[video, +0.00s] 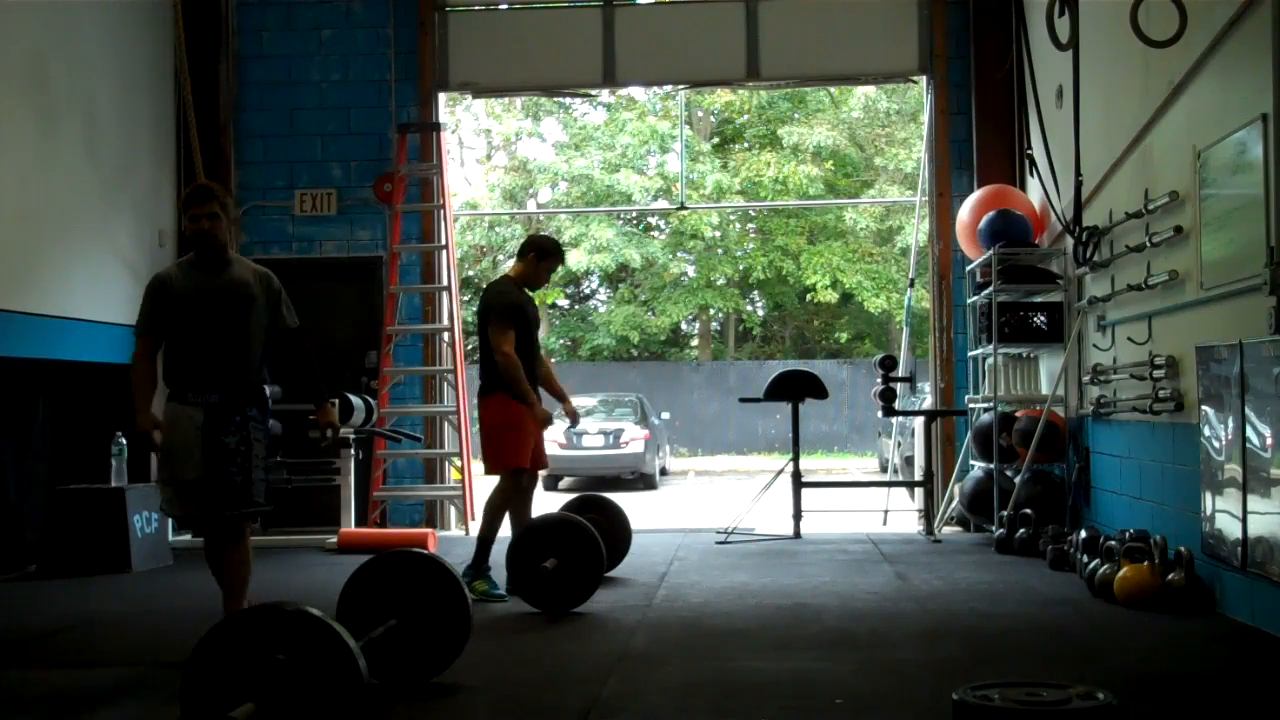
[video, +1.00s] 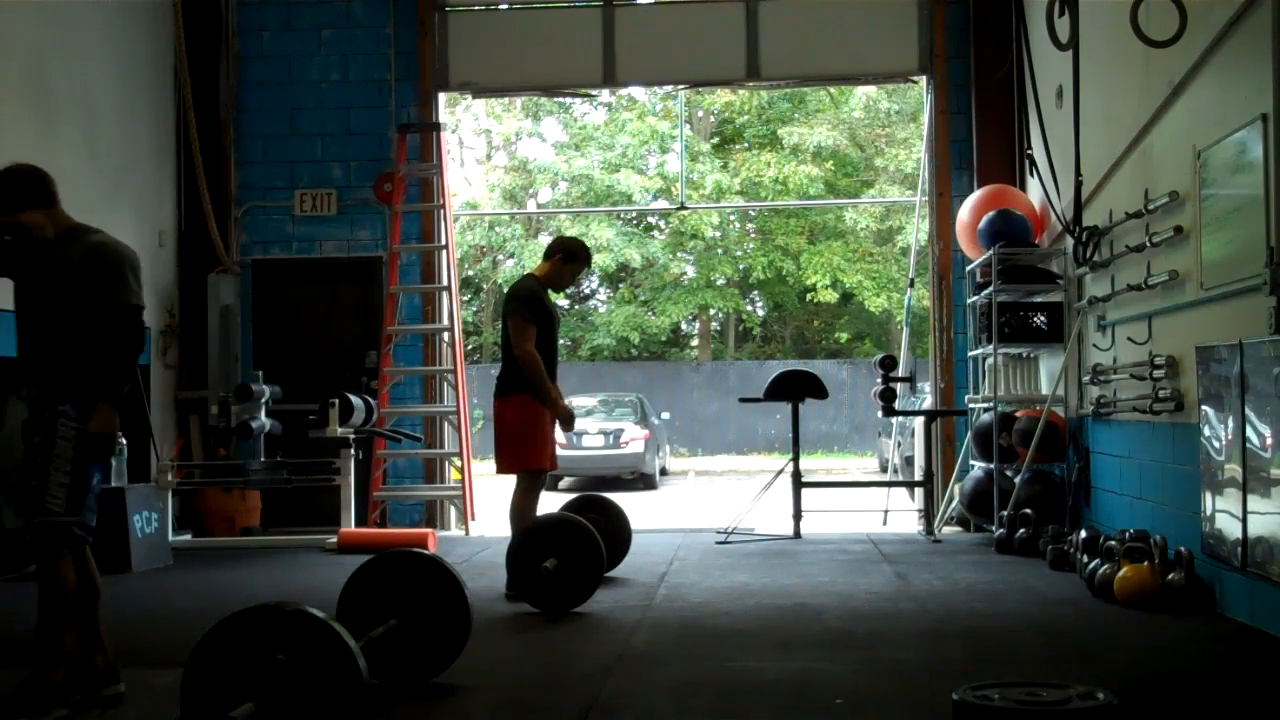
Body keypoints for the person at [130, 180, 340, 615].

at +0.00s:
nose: (204, 226)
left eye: (213, 218)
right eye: (195, 219)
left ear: (230, 223)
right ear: (184, 227)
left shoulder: (260, 281)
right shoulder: (166, 285)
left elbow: (293, 348)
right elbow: (145, 355)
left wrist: (322, 402)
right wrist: (143, 415)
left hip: (244, 418)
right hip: (190, 419)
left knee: (238, 528)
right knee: (209, 529)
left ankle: (235, 623)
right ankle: (239, 609)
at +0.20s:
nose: (180, 223)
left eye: (188, 213)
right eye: (173, 215)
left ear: (212, 210)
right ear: (165, 219)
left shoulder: (252, 273)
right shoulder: (156, 278)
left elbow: (285, 348)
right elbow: (128, 351)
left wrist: (305, 408)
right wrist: (94, 411)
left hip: (232, 412)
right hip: (171, 411)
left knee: (229, 524)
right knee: (151, 515)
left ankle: (229, 625)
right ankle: (199, 594)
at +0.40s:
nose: (144, 224)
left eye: (152, 214)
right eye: (138, 216)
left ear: (179, 208)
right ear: (137, 219)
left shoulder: (229, 269)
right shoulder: (140, 278)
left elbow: (260, 341)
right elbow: (119, 349)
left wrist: (250, 389)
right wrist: (79, 410)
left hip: (213, 417)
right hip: (151, 417)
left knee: (220, 532)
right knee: (131, 530)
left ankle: (227, 636)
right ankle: (121, 649)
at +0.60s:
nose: (93, 225)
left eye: (99, 214)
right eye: (90, 216)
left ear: (129, 210)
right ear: (113, 216)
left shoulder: (186, 267)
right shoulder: (106, 281)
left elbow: (208, 340)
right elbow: (91, 354)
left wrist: (187, 393)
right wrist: (47, 410)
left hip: (170, 421)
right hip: (112, 419)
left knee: (190, 529)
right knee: (103, 538)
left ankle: (221, 630)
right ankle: (99, 659)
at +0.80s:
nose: (45, 227)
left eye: (47, 215)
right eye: (42, 217)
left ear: (72, 207)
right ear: (77, 207)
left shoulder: (142, 259)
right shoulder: (68, 269)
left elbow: (168, 338)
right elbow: (21, 322)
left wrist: (147, 403)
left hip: (125, 420)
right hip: (78, 419)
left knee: (118, 535)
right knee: (78, 542)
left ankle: (177, 611)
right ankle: (95, 661)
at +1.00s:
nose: (12, 233)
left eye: (14, 221)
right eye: (8, 224)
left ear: (32, 209)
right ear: (46, 201)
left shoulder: (106, 257)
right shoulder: (33, 259)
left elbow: (125, 343)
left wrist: (110, 407)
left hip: (82, 418)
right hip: (48, 416)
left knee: (60, 544)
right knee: (67, 543)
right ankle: (92, 668)